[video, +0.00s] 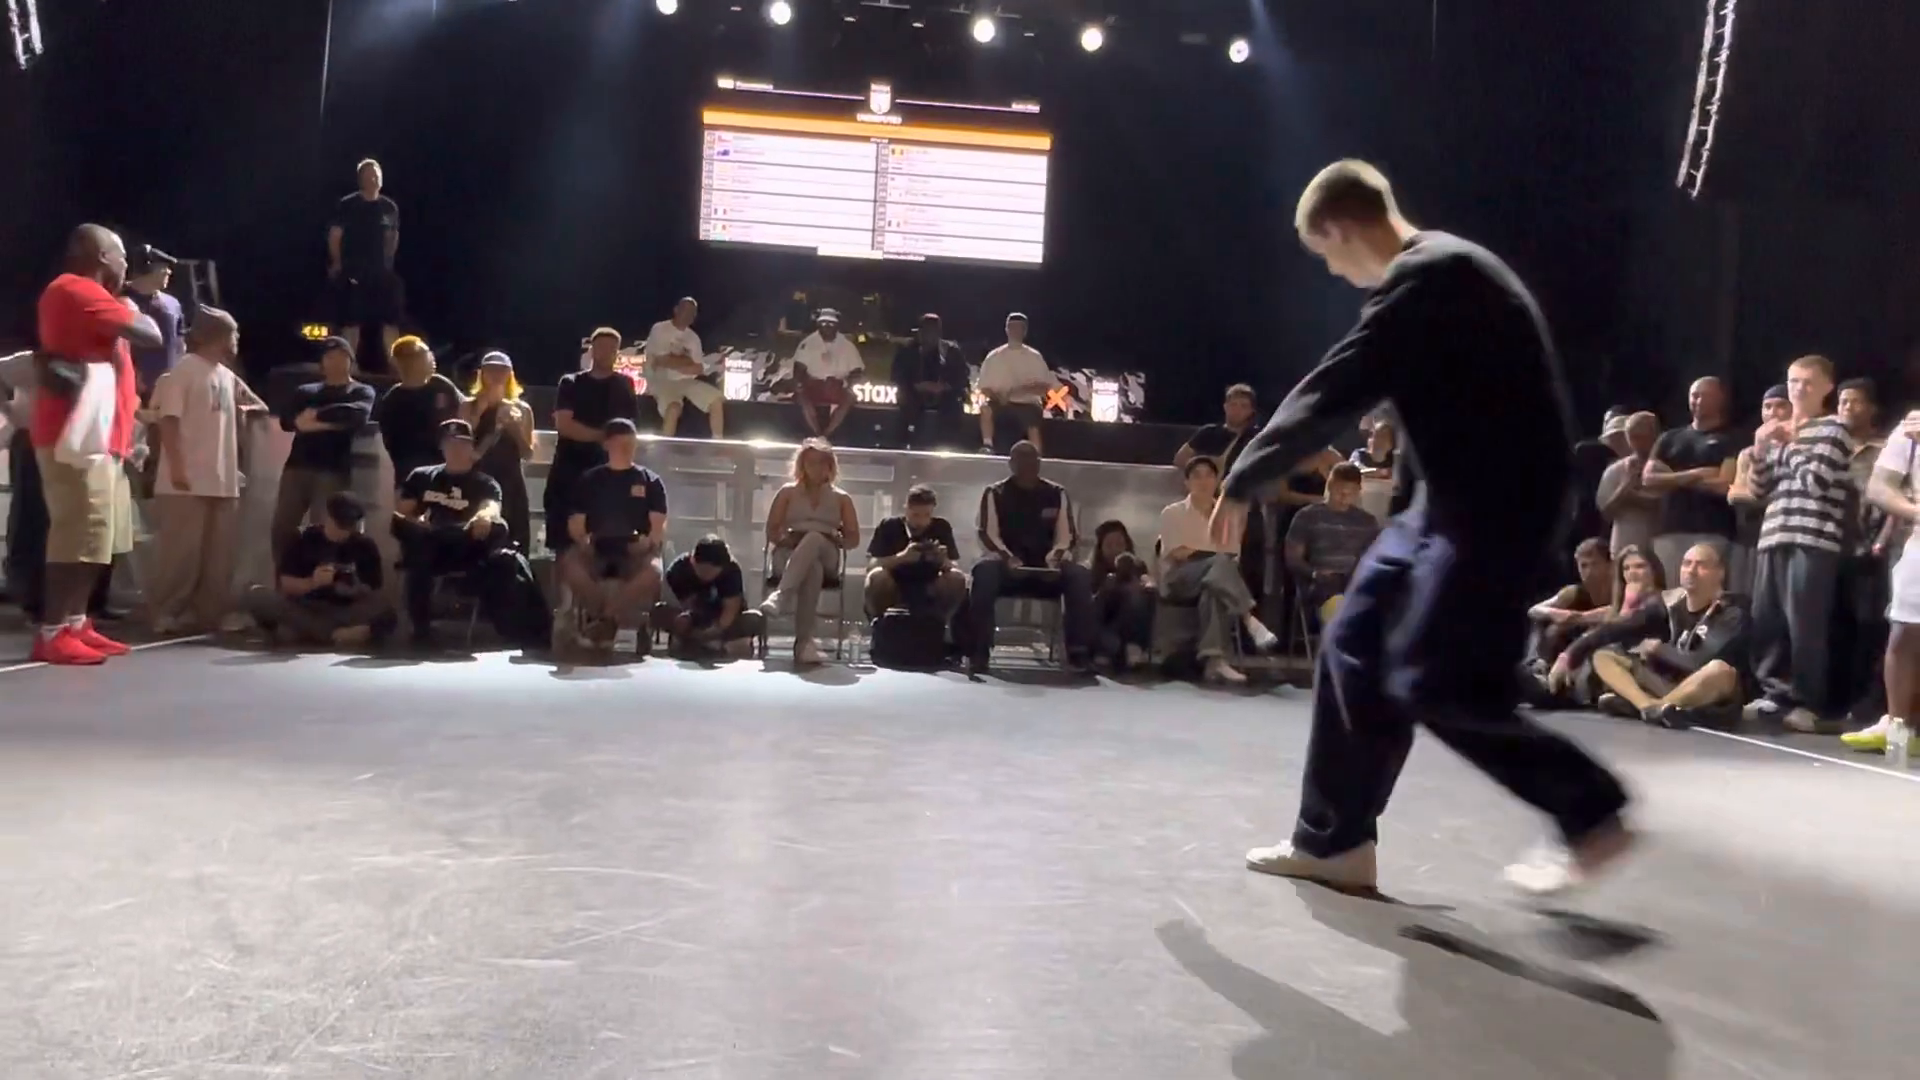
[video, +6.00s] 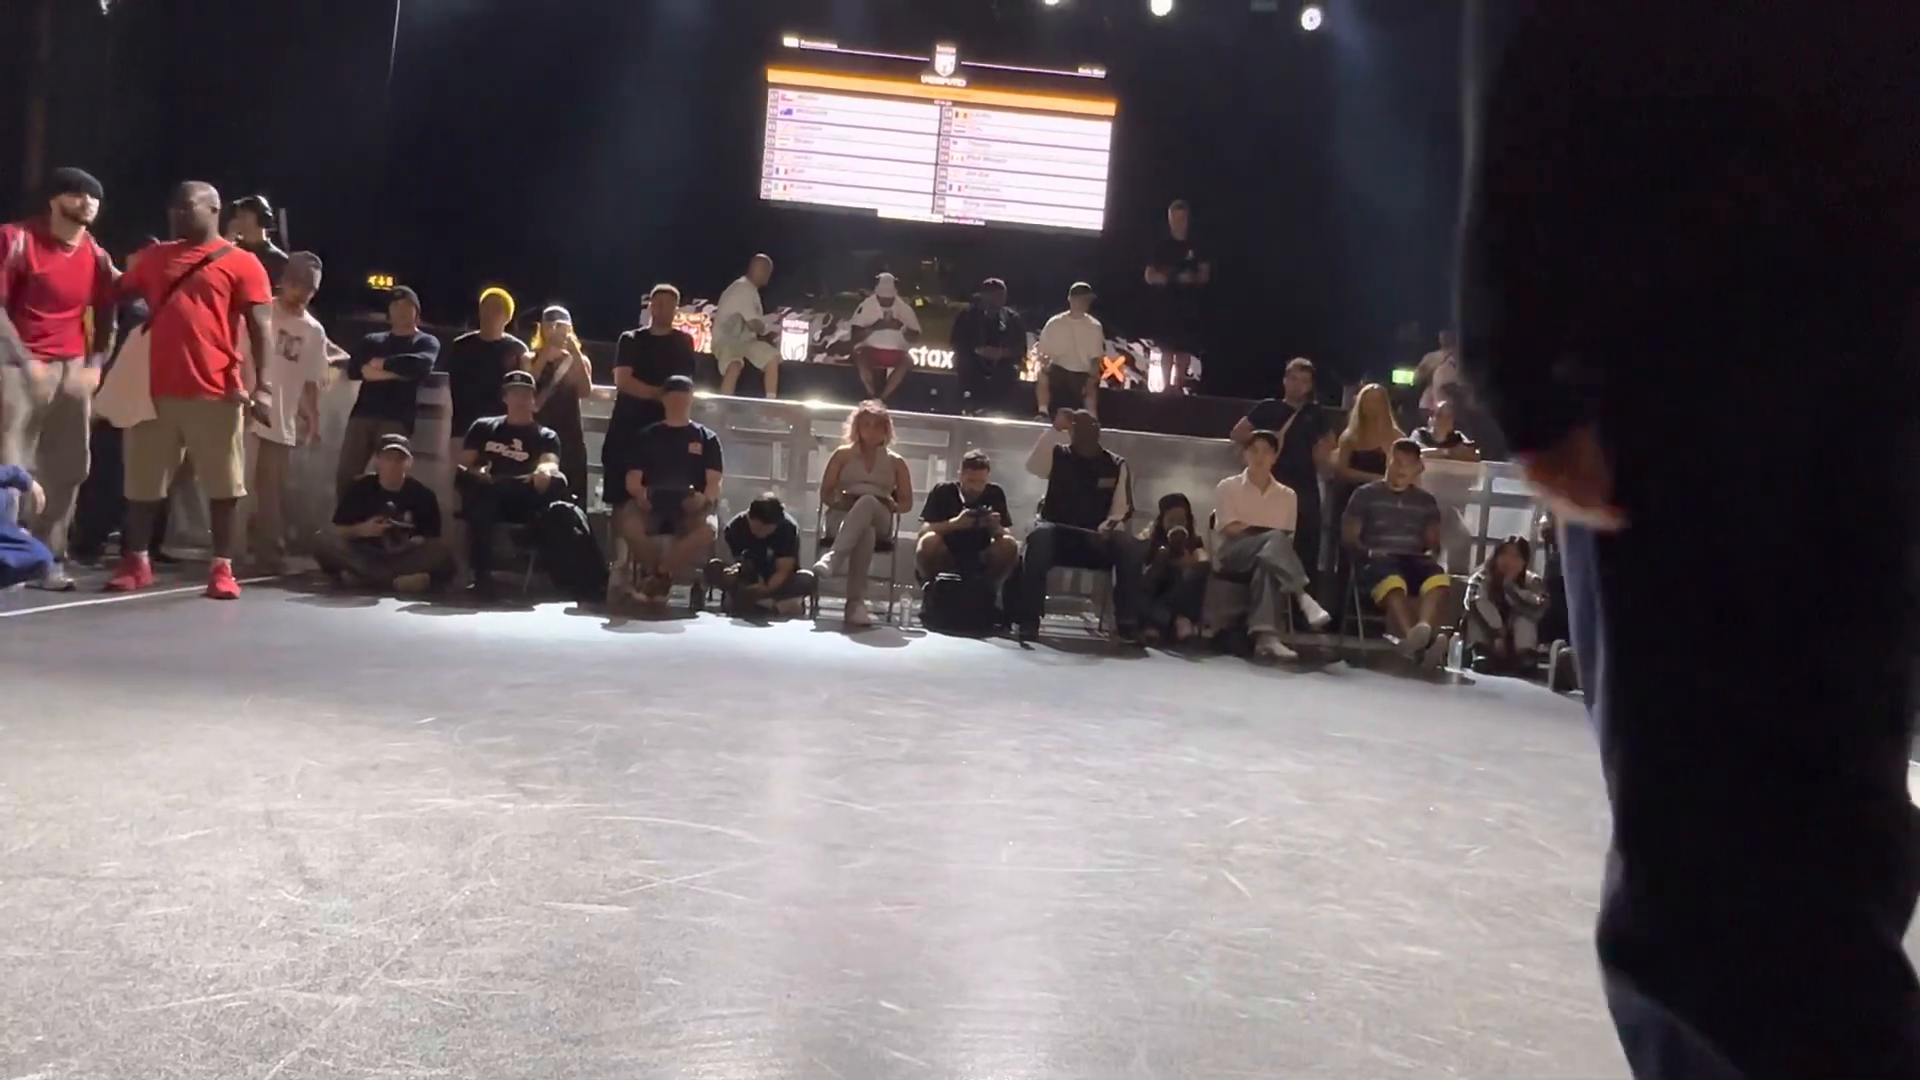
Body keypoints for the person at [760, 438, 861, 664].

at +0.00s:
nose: (821, 468)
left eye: (826, 463)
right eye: (815, 462)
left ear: (832, 467)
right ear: (803, 465)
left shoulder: (841, 499)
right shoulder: (788, 493)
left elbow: (853, 539)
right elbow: (772, 532)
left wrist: (830, 538)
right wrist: (794, 542)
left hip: (828, 560)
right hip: (788, 556)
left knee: (813, 538)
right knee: (813, 567)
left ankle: (780, 594)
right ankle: (804, 642)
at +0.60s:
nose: (844, 452)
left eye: (849, 447)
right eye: (838, 447)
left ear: (857, 450)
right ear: (827, 449)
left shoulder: (867, 482)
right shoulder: (814, 475)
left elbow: (878, 522)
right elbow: (798, 514)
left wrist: (855, 520)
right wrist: (821, 524)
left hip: (852, 543)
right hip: (813, 538)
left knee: (839, 521)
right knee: (837, 549)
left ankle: (805, 576)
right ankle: (828, 625)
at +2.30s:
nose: (868, 433)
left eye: (873, 427)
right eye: (862, 427)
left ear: (882, 431)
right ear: (853, 429)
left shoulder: (892, 462)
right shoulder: (839, 455)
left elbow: (902, 503)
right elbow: (822, 493)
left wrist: (876, 501)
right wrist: (844, 503)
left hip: (877, 524)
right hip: (838, 518)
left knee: (863, 500)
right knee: (862, 530)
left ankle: (829, 557)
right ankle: (852, 605)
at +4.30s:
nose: (878, 426)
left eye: (883, 422)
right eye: (872, 421)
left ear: (889, 425)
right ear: (860, 423)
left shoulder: (898, 457)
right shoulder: (845, 450)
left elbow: (908, 498)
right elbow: (828, 489)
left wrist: (885, 497)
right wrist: (853, 498)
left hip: (883, 517)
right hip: (843, 512)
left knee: (869, 496)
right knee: (868, 524)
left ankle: (834, 551)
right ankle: (857, 598)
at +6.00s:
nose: (871, 431)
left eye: (878, 426)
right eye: (866, 425)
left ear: (886, 430)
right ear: (856, 428)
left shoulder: (895, 463)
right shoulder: (842, 455)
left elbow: (906, 503)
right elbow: (826, 494)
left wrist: (888, 505)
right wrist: (846, 502)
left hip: (881, 522)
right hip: (841, 518)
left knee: (867, 501)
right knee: (866, 531)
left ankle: (832, 557)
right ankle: (855, 605)